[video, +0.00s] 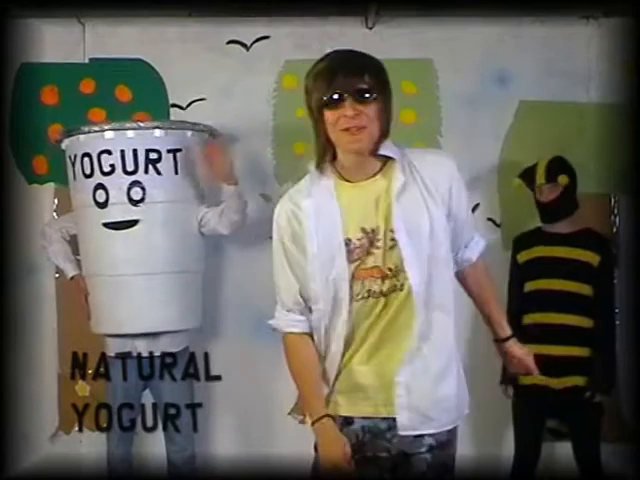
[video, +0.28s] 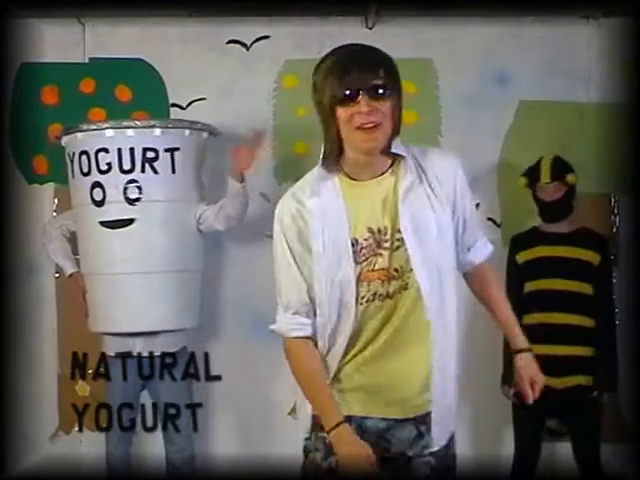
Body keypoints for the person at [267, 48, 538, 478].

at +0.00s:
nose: (350, 112)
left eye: (364, 97)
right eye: (334, 101)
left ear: (385, 107)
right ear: (319, 116)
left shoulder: (436, 174)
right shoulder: (296, 209)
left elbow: (469, 261)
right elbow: (295, 325)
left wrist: (506, 339)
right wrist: (321, 424)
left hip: (427, 417)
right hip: (343, 421)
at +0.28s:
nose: (366, 108)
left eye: (379, 93)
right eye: (348, 97)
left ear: (397, 103)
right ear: (328, 112)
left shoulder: (442, 174)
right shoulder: (300, 206)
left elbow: (476, 262)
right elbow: (296, 331)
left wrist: (520, 346)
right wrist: (338, 431)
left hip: (429, 422)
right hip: (342, 426)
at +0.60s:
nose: (399, 117)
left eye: (398, 106)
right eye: (393, 107)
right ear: (359, 109)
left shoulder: (378, 163)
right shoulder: (274, 202)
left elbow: (431, 205)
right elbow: (266, 342)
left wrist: (507, 238)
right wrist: (303, 441)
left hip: (395, 406)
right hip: (321, 423)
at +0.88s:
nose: (350, 113)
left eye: (349, 104)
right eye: (346, 106)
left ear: (288, 101)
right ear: (325, 108)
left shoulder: (339, 162)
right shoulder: (240, 199)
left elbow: (382, 180)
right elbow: (223, 336)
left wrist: (427, 189)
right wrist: (243, 441)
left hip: (372, 407)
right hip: (294, 420)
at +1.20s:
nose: (326, 112)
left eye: (325, 103)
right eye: (323, 104)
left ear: (259, 101)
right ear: (305, 108)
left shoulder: (315, 160)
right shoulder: (225, 204)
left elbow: (359, 185)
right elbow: (218, 338)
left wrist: (406, 193)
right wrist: (249, 439)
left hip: (365, 399)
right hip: (291, 417)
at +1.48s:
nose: (325, 114)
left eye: (324, 104)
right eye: (320, 105)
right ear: (287, 110)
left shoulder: (316, 159)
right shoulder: (222, 204)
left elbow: (363, 187)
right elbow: (216, 336)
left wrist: (414, 196)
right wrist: (253, 437)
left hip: (364, 398)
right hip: (287, 416)